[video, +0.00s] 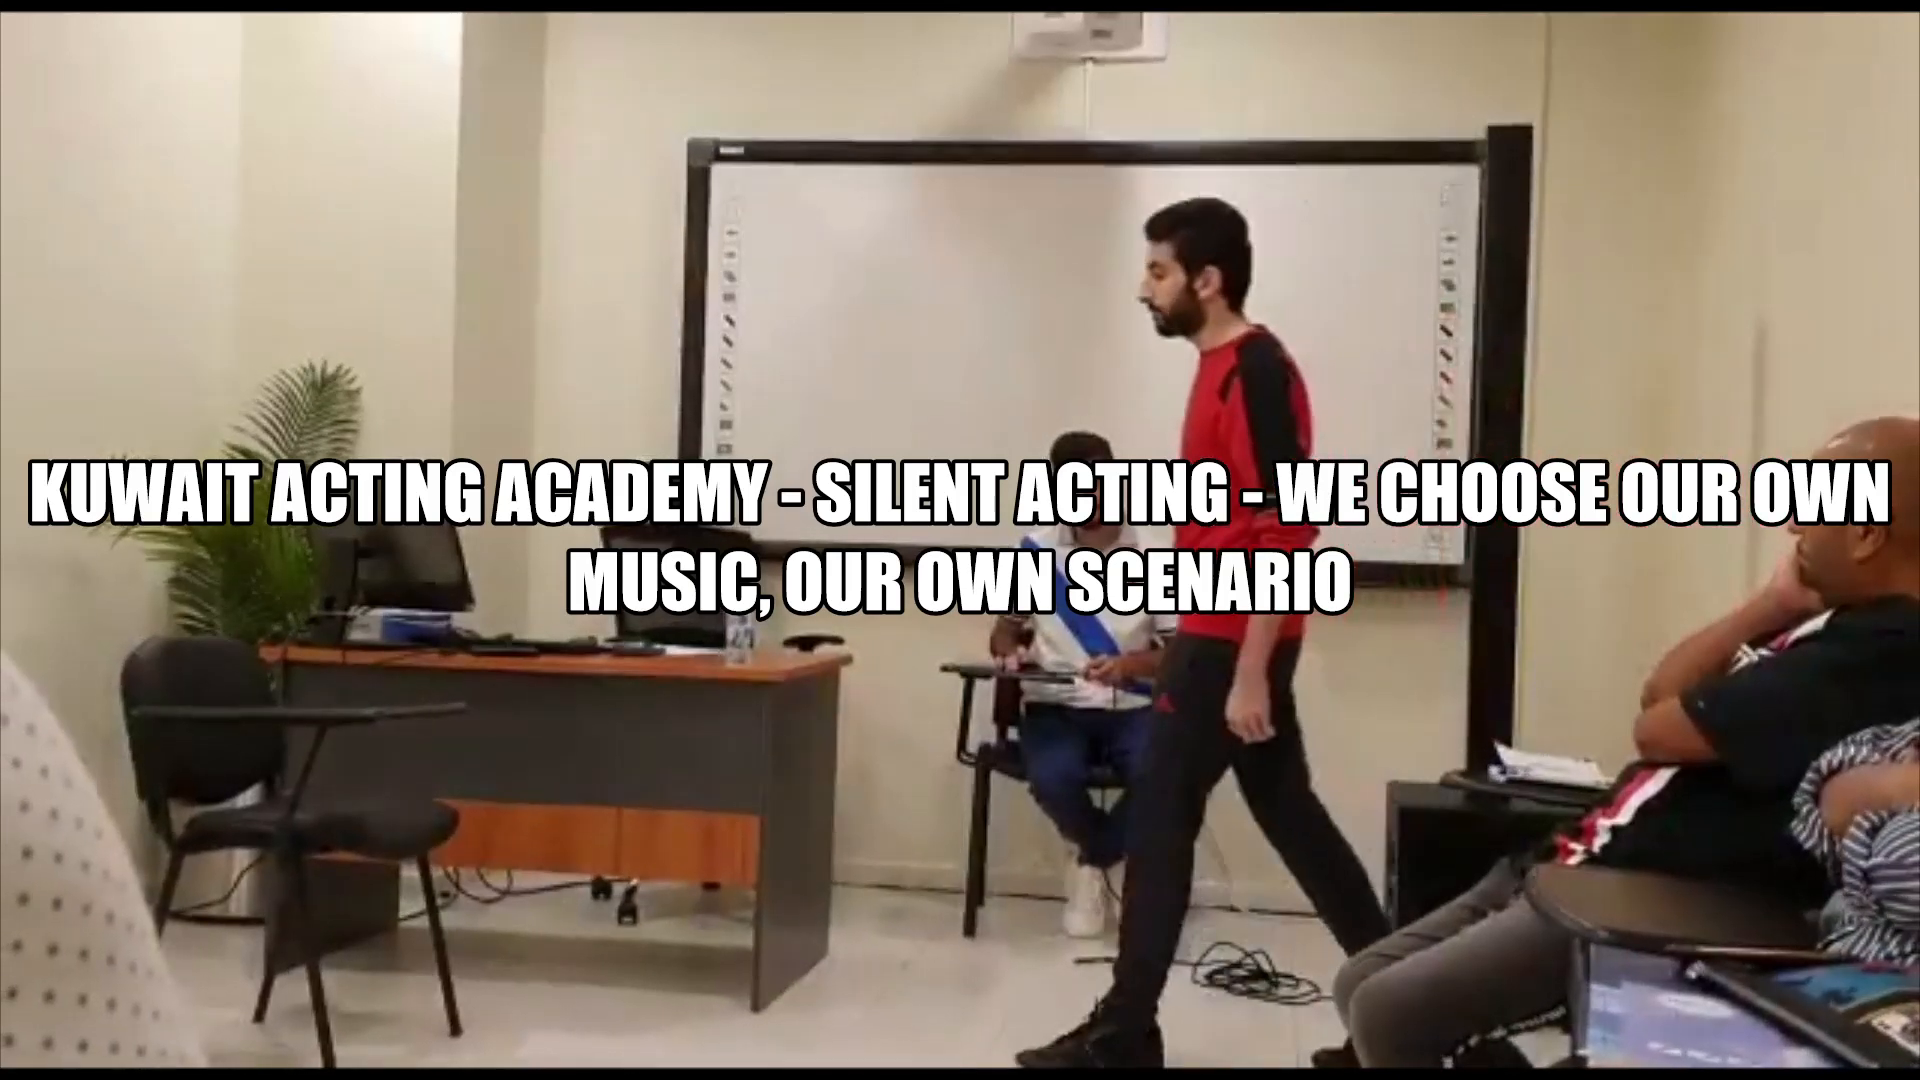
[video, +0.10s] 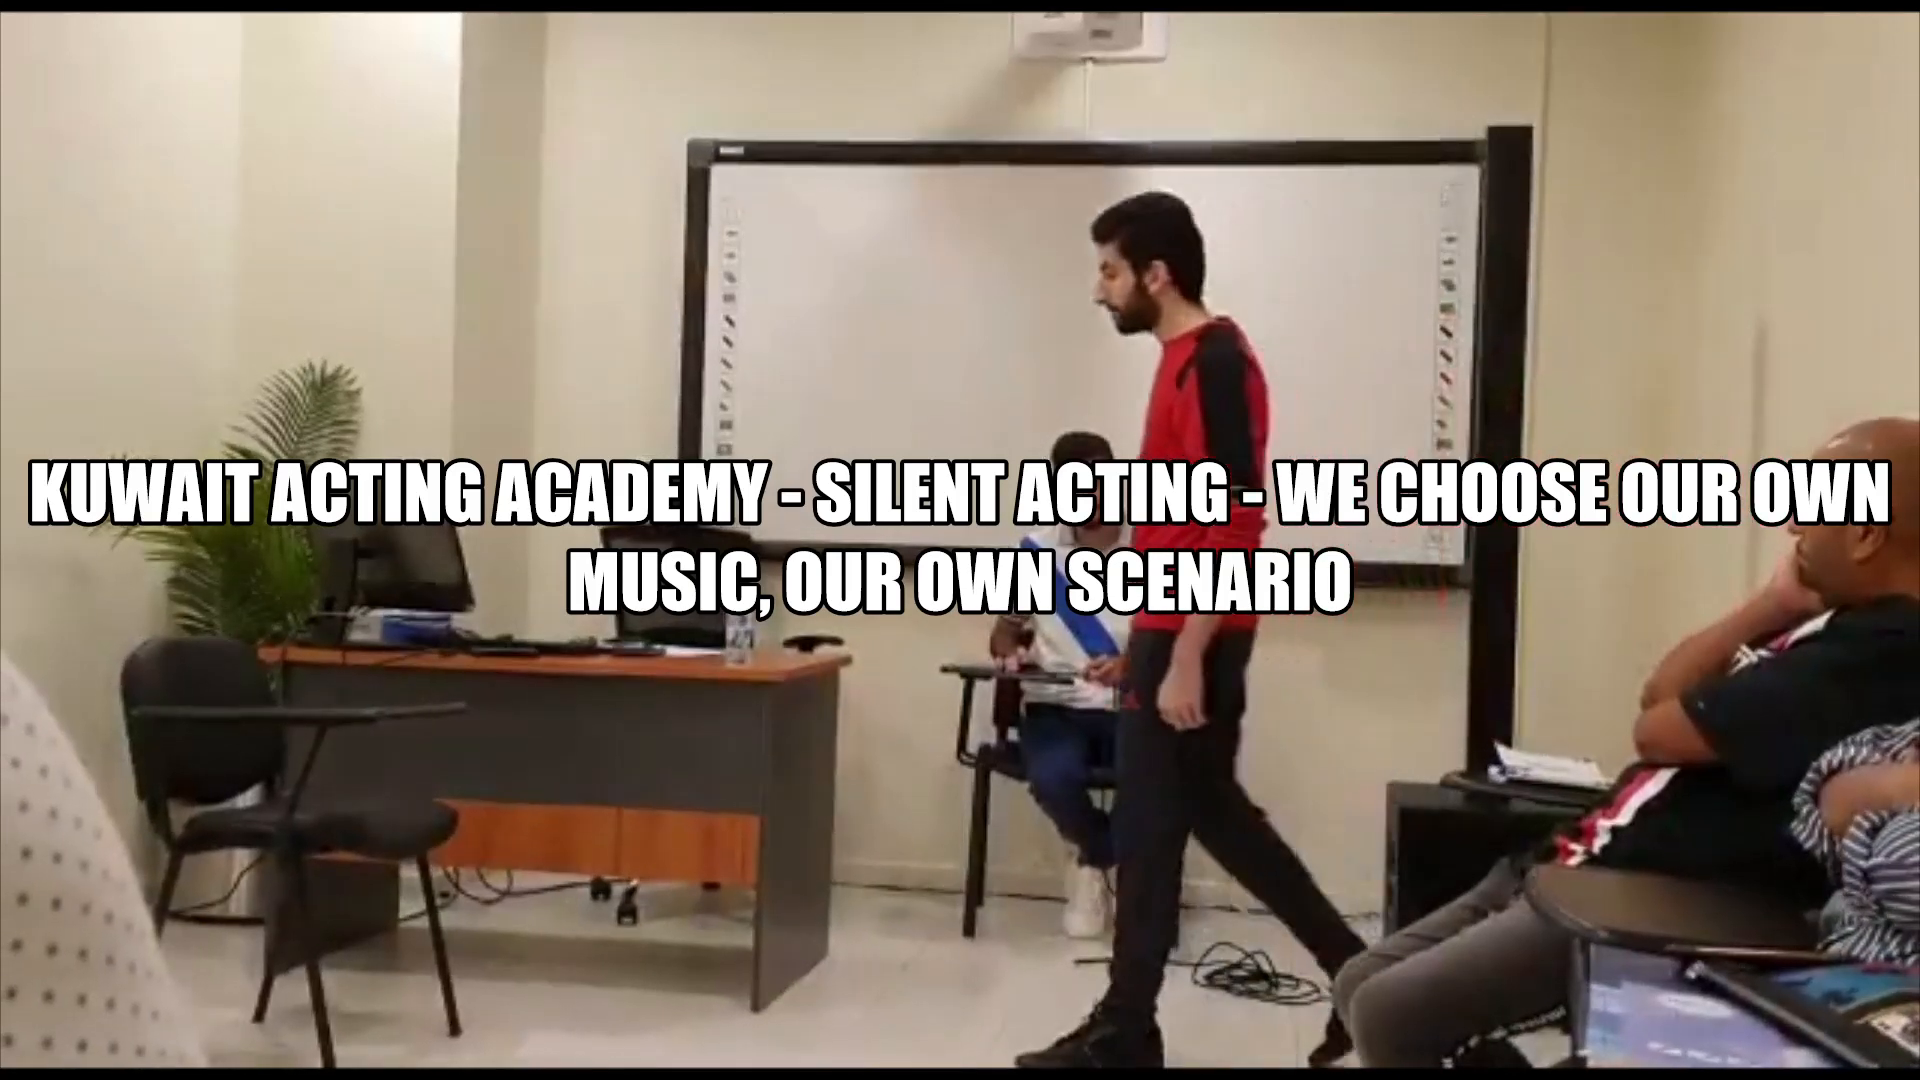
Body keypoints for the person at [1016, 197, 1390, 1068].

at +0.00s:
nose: (1145, 289)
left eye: (1158, 272)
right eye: (1146, 272)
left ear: (1210, 277)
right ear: (1206, 280)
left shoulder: (1258, 369)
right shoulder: (1216, 368)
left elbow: (1288, 531)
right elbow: (1221, 529)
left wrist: (1253, 671)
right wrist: (1170, 646)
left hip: (1235, 646)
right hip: (1224, 640)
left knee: (1160, 822)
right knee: (1289, 815)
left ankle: (1128, 1023)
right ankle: (1399, 987)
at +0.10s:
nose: (1099, 289)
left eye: (1108, 271)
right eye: (1099, 272)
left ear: (1156, 273)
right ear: (1161, 274)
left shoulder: (1217, 359)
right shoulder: (1185, 358)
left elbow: (1234, 517)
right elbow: (1182, 521)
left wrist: (1190, 658)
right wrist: (1138, 644)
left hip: (1195, 637)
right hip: (1166, 634)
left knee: (1150, 826)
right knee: (1210, 812)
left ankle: (1127, 1027)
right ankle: (1361, 976)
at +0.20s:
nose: (1060, 294)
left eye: (1068, 276)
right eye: (1059, 277)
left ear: (1113, 274)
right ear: (1122, 275)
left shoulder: (1173, 361)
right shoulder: (1160, 355)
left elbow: (1169, 520)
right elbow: (1155, 513)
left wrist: (1118, 649)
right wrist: (1117, 639)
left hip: (1167, 626)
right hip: (1153, 623)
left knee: (1134, 810)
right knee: (1139, 806)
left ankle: (1126, 1025)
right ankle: (1290, 954)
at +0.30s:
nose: (1033, 301)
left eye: (1037, 281)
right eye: (1030, 283)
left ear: (1078, 275)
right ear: (1091, 274)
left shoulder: (1139, 357)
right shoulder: (1150, 346)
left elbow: (1113, 512)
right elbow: (1123, 509)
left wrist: (1057, 633)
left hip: (1126, 632)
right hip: (1129, 628)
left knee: (1120, 814)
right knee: (1089, 793)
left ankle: (1127, 1025)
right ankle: (1194, 958)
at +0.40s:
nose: (1004, 310)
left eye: (1005, 291)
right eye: (1000, 293)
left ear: (1044, 279)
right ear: (1056, 278)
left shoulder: (1116, 358)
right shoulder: (1106, 352)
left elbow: (1099, 520)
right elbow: (1088, 518)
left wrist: (1012, 627)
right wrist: (1039, 628)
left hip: (1108, 635)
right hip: (1085, 633)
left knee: (1109, 820)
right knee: (1026, 783)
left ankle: (1125, 1027)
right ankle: (1081, 977)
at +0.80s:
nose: (895, 336)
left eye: (894, 315)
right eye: (888, 319)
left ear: (931, 295)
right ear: (937, 296)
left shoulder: (1019, 355)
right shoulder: (990, 362)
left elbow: (1023, 500)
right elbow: (991, 502)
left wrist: (978, 622)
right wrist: (967, 620)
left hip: (1017, 625)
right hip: (986, 624)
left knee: (991, 804)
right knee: (956, 797)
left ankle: (1097, 992)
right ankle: (943, 985)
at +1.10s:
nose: (845, 355)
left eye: (843, 336)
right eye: (838, 340)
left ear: (879, 311)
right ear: (880, 314)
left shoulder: (985, 354)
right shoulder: (930, 379)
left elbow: (1032, 489)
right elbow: (927, 521)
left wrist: (993, 613)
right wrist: (830, 592)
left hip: (984, 618)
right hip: (940, 614)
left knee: (973, 803)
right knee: (936, 796)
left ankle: (997, 1013)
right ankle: (943, 984)